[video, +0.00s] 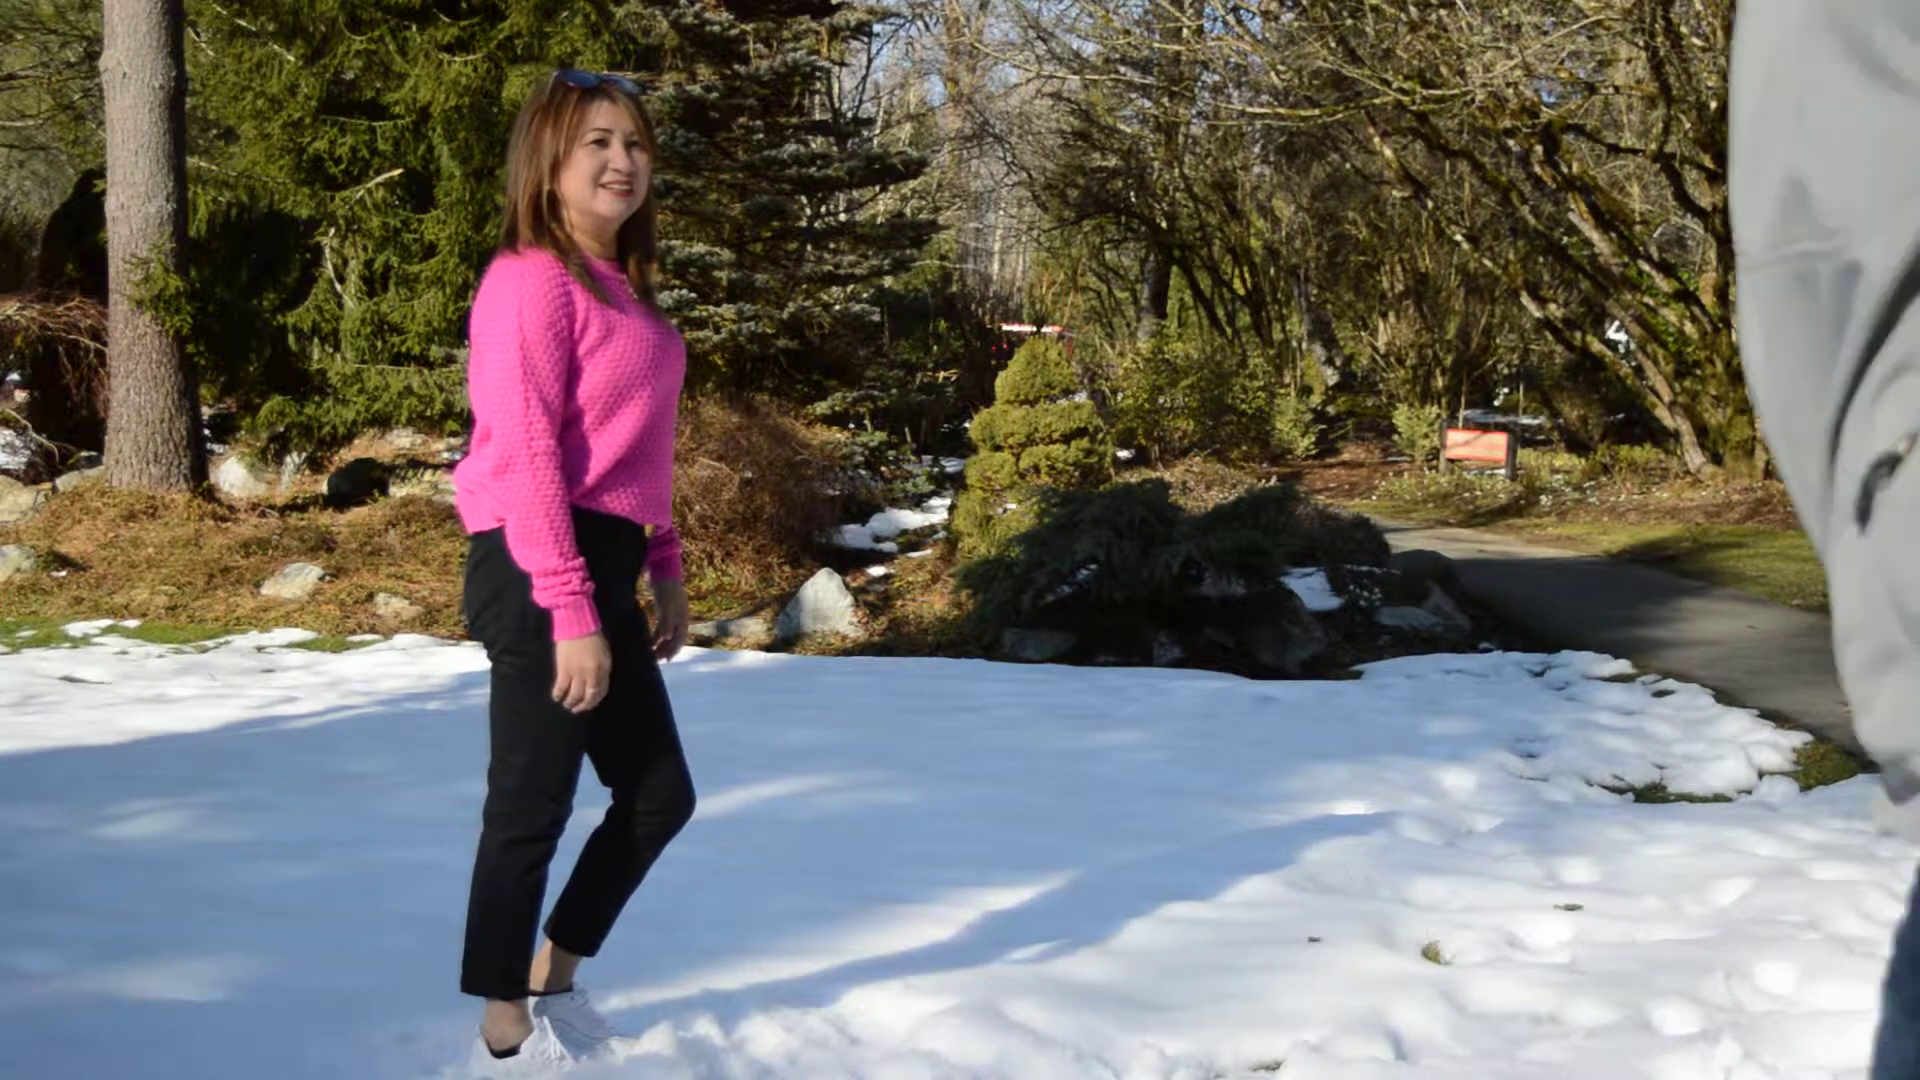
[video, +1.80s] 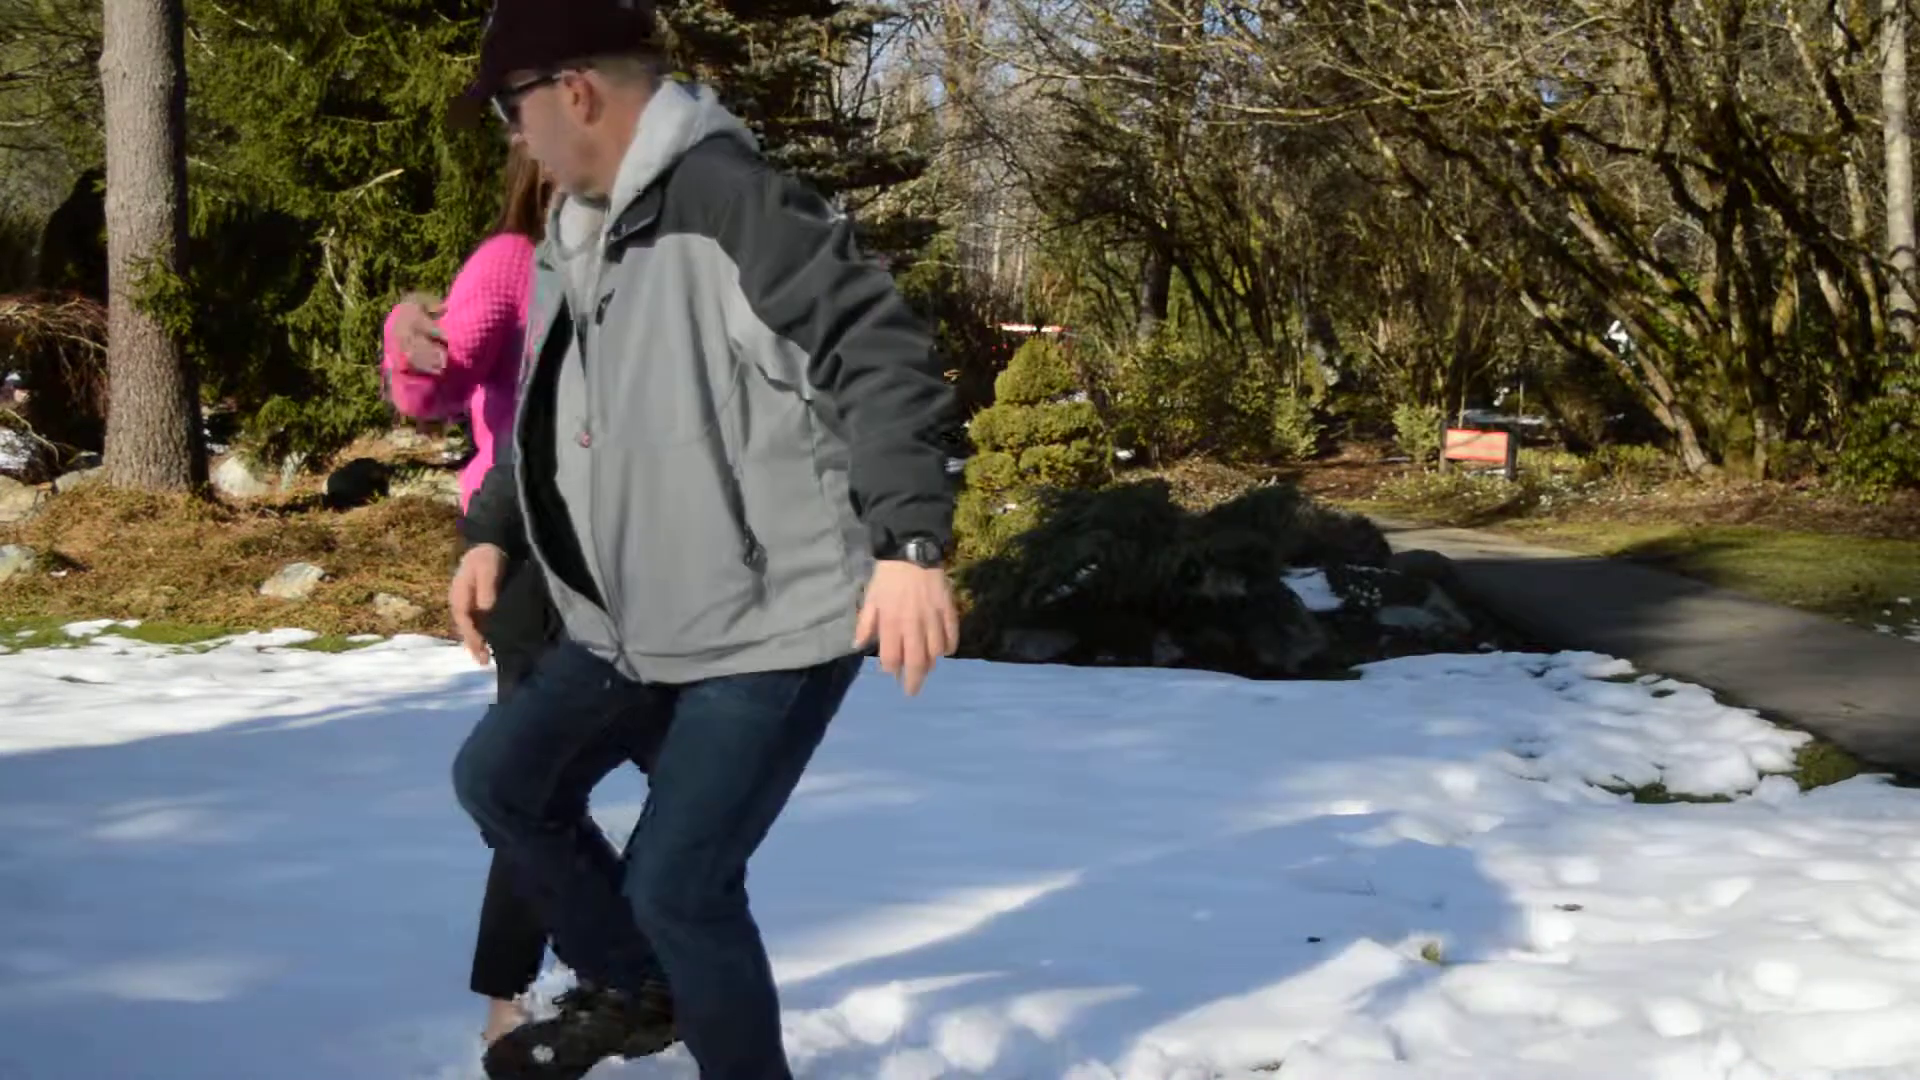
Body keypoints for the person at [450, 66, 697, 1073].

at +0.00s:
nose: (623, 161)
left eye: (636, 144)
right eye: (599, 143)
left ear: (649, 168)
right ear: (548, 162)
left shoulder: (620, 290)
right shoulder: (527, 280)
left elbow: (638, 448)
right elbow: (525, 455)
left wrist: (664, 573)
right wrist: (571, 612)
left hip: (604, 558)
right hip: (534, 554)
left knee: (660, 794)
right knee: (528, 804)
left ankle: (550, 981)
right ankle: (501, 1038)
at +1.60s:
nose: (605, 155)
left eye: (613, 139)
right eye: (583, 140)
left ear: (628, 154)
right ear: (536, 160)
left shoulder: (638, 274)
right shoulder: (514, 273)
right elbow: (466, 409)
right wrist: (473, 544)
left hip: (630, 568)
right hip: (538, 565)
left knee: (678, 784)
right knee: (533, 803)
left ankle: (564, 967)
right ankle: (503, 1033)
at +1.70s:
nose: (602, 174)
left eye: (607, 157)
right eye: (584, 159)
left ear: (615, 169)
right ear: (543, 172)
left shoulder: (642, 269)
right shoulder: (514, 270)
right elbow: (453, 369)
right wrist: (420, 456)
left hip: (631, 549)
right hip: (528, 549)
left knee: (642, 769)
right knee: (530, 788)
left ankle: (582, 962)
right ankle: (506, 1031)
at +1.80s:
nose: (575, 179)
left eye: (581, 163)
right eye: (563, 164)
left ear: (603, 157)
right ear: (540, 174)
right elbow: (428, 398)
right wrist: (408, 344)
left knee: (681, 767)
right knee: (533, 774)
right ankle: (506, 1006)